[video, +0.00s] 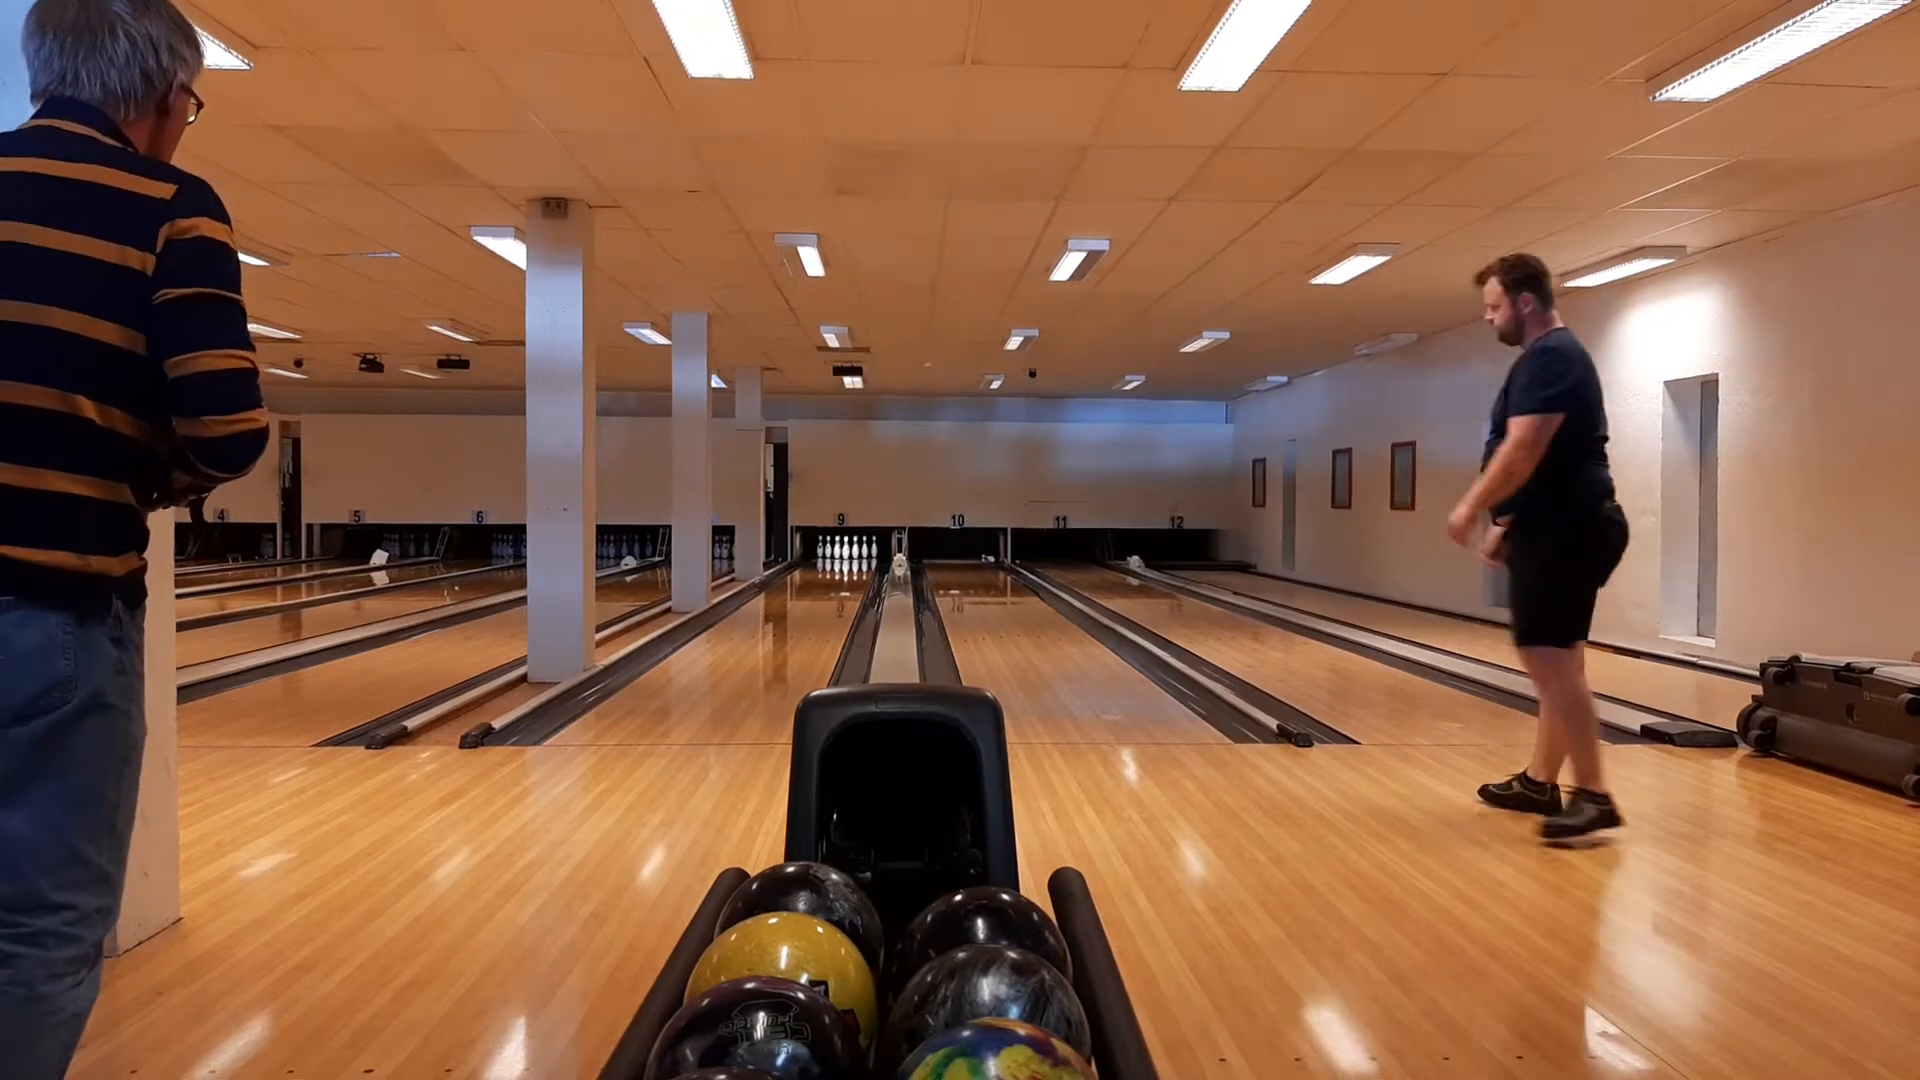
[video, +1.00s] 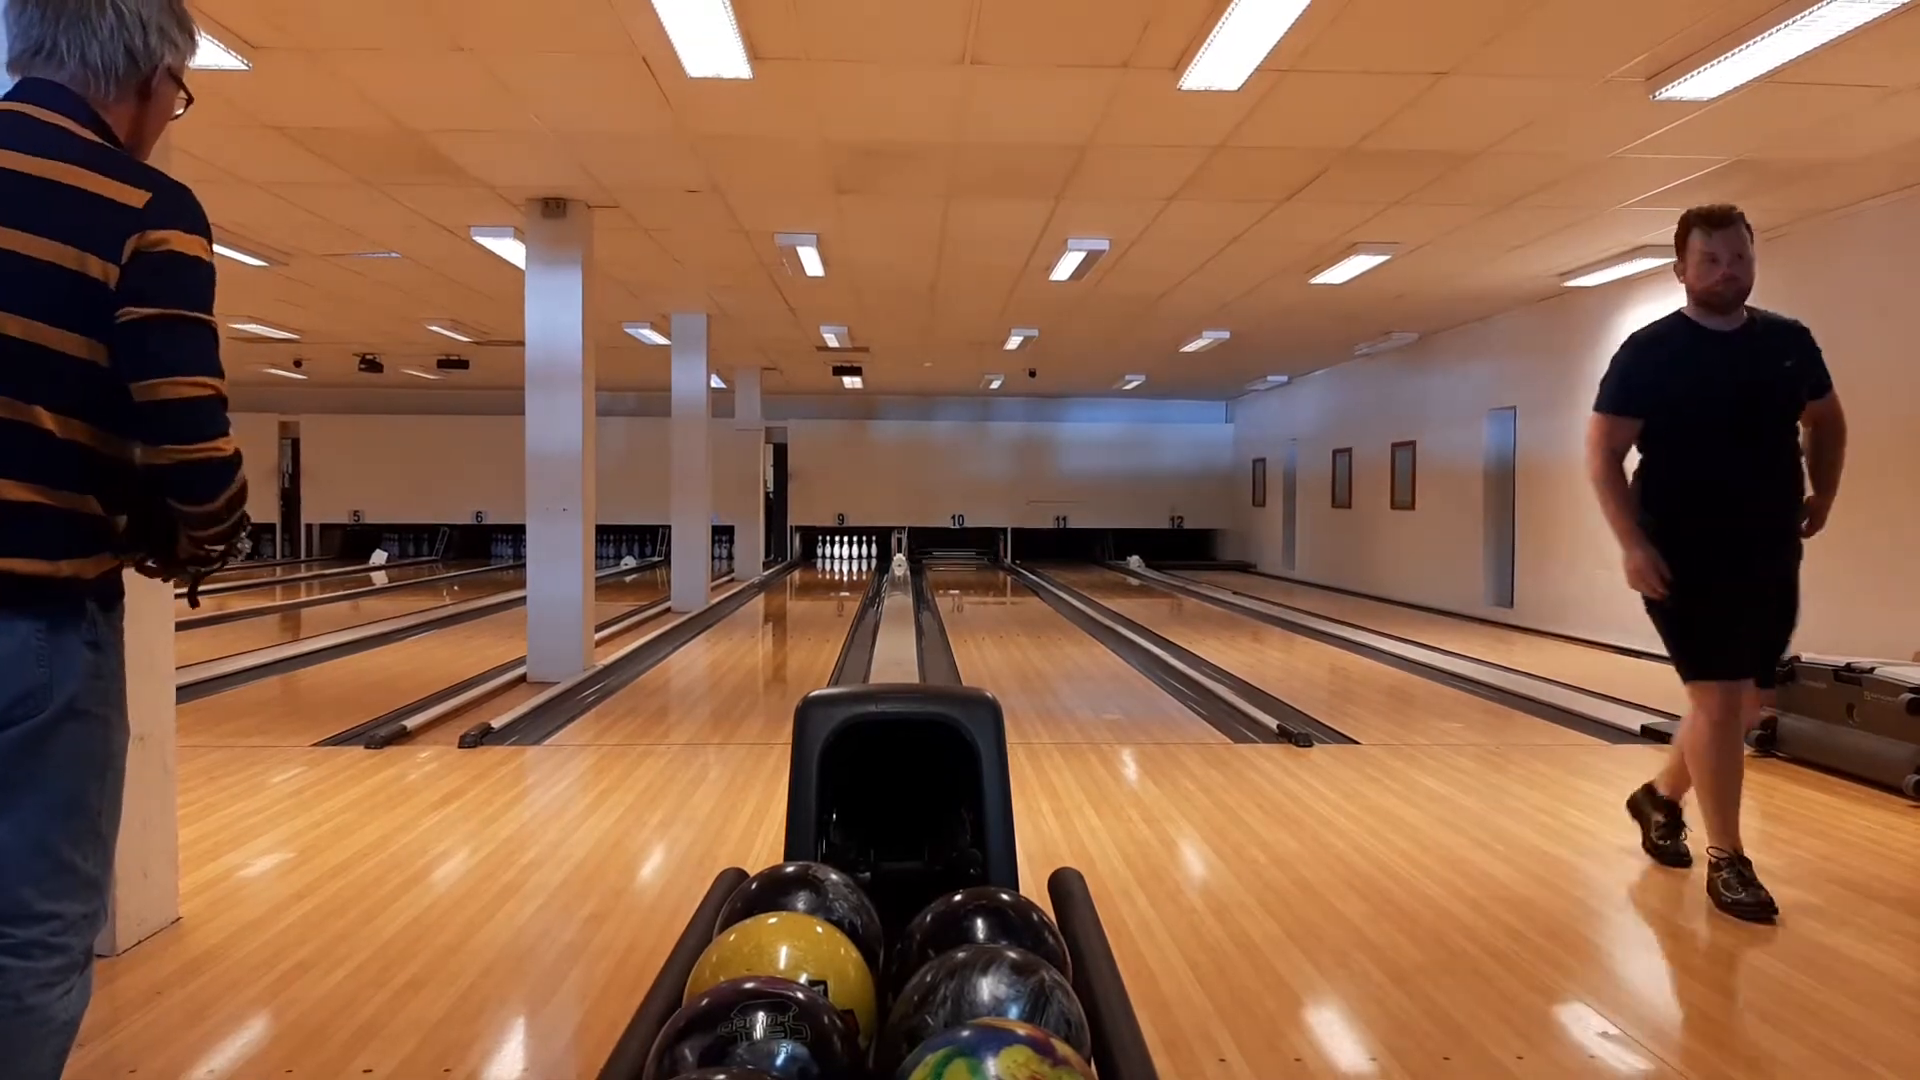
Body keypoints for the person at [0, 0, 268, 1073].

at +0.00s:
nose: (186, 128)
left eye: (189, 109)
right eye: (188, 107)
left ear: (44, 84)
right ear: (161, 101)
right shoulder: (169, 206)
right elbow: (230, 431)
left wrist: (155, 465)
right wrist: (149, 476)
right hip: (55, 614)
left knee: (35, 919)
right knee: (48, 933)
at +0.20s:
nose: (184, 112)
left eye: (185, 91)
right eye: (184, 90)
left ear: (41, 72)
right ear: (154, 89)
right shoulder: (161, 200)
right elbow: (222, 437)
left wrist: (156, 453)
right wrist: (151, 461)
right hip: (49, 612)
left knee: (31, 920)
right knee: (42, 935)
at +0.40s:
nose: (177, 109)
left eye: (179, 87)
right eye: (178, 86)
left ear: (33, 59)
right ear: (146, 82)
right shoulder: (152, 197)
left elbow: (204, 436)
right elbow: (211, 436)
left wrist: (155, 470)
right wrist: (157, 482)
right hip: (47, 610)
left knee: (35, 927)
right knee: (40, 941)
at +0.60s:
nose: (175, 112)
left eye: (177, 90)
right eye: (177, 89)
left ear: (28, 58)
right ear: (148, 85)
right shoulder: (147, 196)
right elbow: (186, 418)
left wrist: (184, 484)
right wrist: (202, 497)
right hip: (45, 611)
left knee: (35, 926)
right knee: (41, 939)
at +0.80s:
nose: (169, 111)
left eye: (172, 87)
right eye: (170, 87)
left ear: (29, 53)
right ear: (137, 80)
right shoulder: (140, 195)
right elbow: (162, 412)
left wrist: (175, 512)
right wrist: (189, 524)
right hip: (39, 608)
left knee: (37, 926)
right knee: (38, 938)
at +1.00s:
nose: (176, 112)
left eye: (179, 86)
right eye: (175, 84)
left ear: (28, 54)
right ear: (135, 74)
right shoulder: (146, 206)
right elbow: (183, 434)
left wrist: (189, 517)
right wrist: (209, 527)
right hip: (38, 614)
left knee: (33, 929)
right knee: (37, 942)